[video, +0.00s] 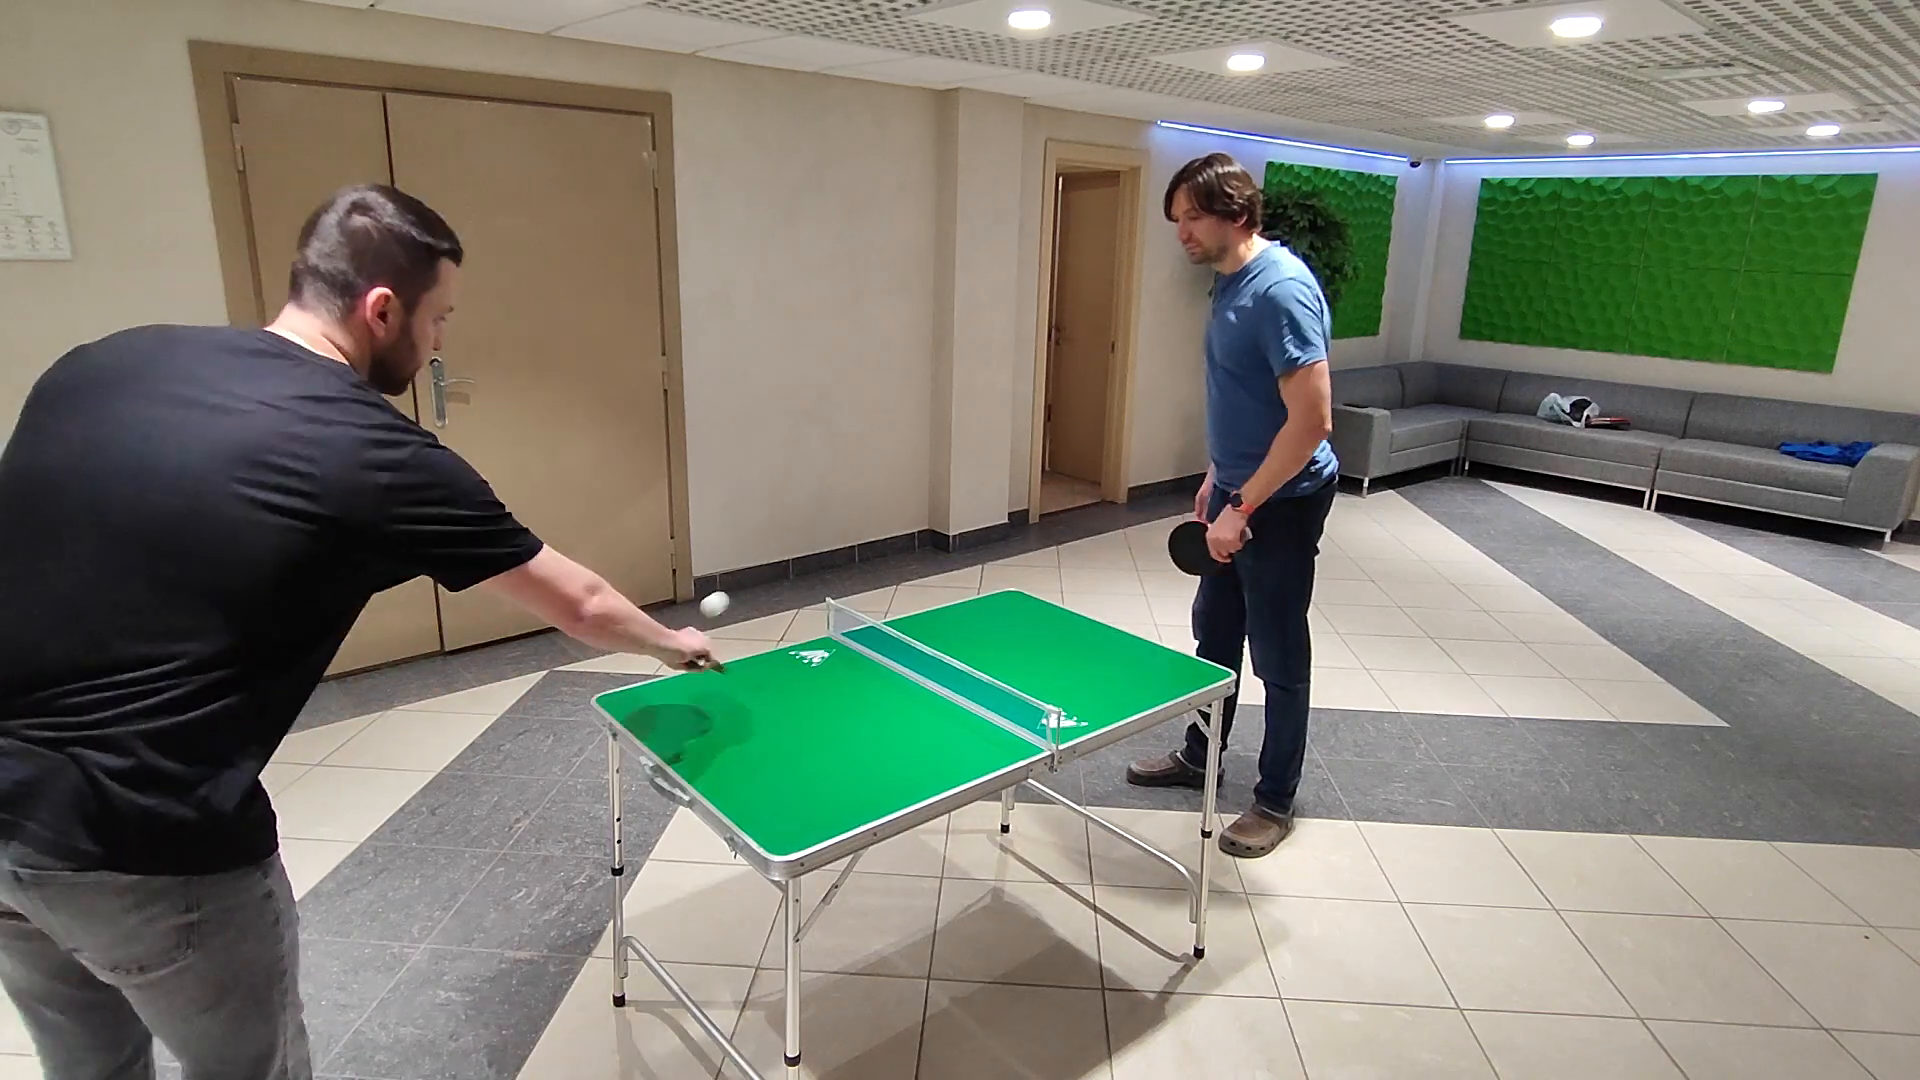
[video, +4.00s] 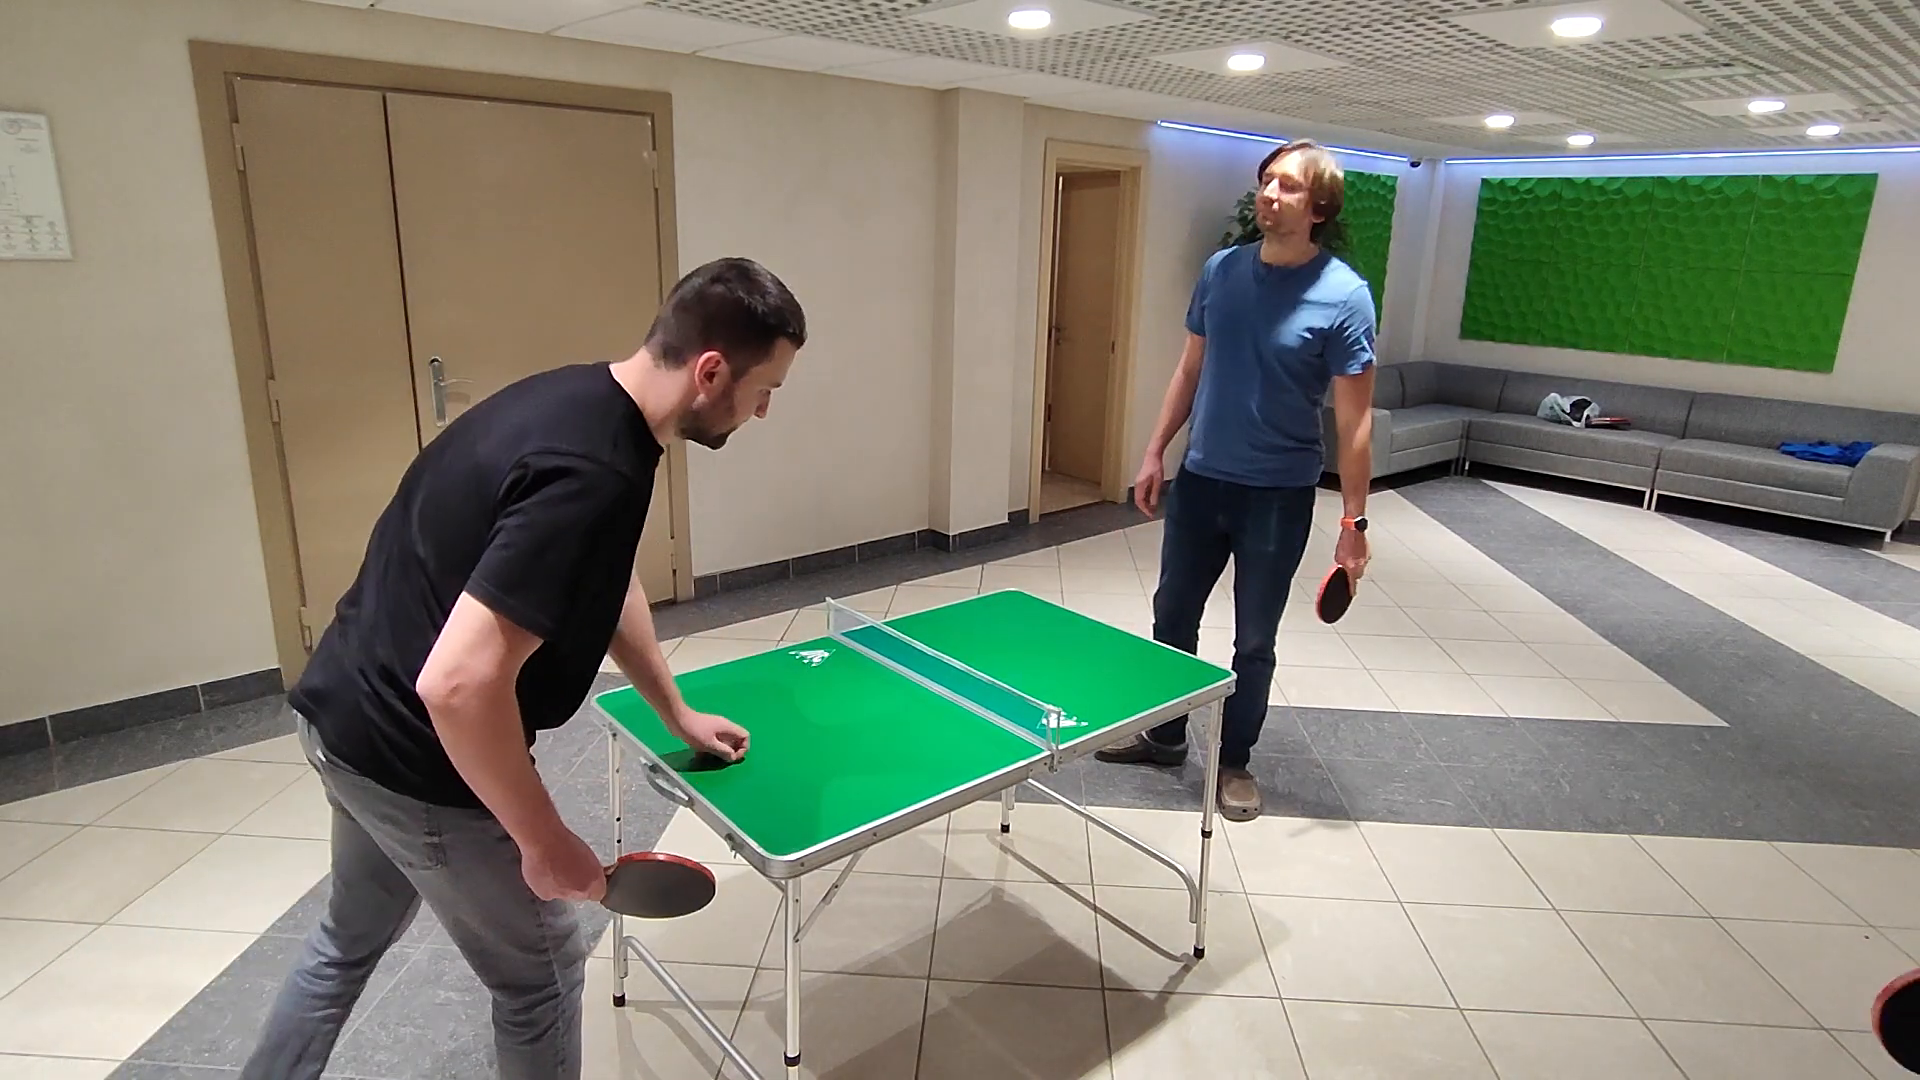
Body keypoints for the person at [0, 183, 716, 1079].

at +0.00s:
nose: (438, 345)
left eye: (446, 322)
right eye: (438, 319)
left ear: (299, 287)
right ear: (379, 311)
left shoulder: (91, 365)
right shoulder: (377, 451)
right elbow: (580, 602)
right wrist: (670, 641)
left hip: (3, 817)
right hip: (158, 835)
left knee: (92, 1068)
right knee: (252, 1068)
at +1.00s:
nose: (346, 308)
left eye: (353, 284)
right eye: (344, 278)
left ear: (234, 241)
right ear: (272, 251)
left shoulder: (44, 359)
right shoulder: (257, 402)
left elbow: (73, 574)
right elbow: (415, 623)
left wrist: (242, 685)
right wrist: (495, 704)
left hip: (32, 800)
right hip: (181, 824)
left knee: (102, 1049)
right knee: (240, 1063)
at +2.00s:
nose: (206, 247)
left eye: (202, 219)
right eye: (183, 219)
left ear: (83, 221)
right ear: (82, 216)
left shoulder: (33, 347)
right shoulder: (75, 386)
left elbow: (156, 556)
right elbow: (92, 644)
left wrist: (275, 655)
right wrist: (269, 743)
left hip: (50, 809)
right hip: (144, 832)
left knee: (75, 1057)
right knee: (230, 1059)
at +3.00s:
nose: (295, 277)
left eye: (294, 248)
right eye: (278, 246)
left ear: (171, 239)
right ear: (177, 239)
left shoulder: (18, 352)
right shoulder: (182, 422)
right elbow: (204, 688)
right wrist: (348, 822)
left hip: (36, 821)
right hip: (176, 847)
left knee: (90, 1056)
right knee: (269, 1063)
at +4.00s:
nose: (763, 412)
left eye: (772, 394)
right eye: (764, 391)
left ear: (690, 356)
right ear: (710, 369)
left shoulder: (581, 405)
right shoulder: (596, 468)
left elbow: (608, 586)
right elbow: (460, 684)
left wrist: (677, 713)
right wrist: (548, 844)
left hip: (346, 706)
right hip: (418, 762)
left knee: (343, 947)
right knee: (538, 974)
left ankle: (270, 1077)